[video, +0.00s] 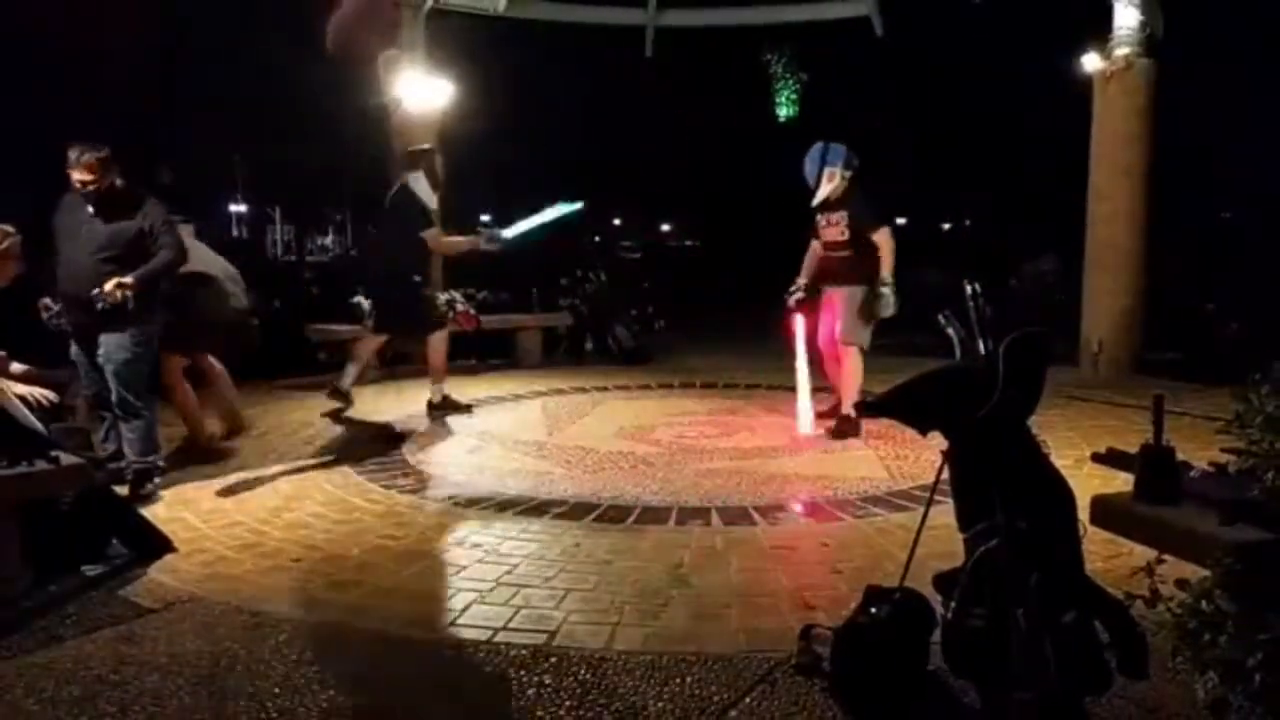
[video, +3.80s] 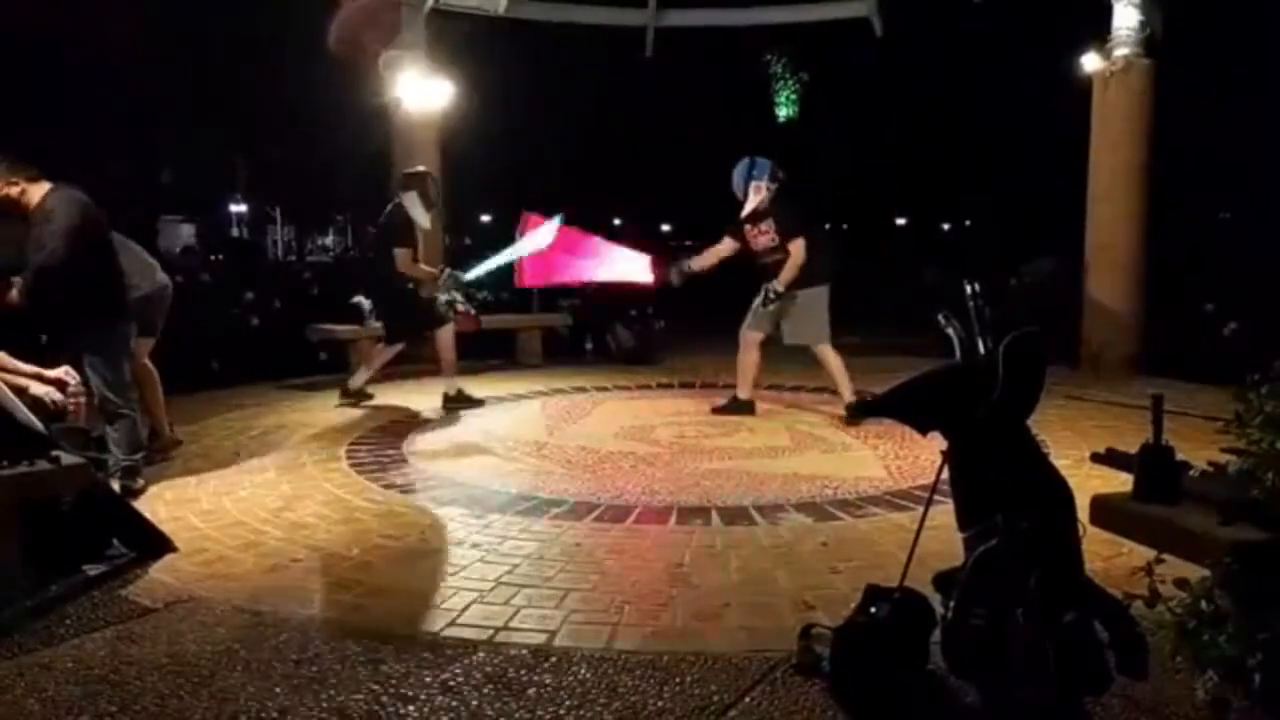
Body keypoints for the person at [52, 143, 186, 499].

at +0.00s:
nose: (82, 190)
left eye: (89, 183)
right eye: (77, 183)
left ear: (109, 176)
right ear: (70, 178)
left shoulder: (142, 208)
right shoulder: (68, 207)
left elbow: (173, 251)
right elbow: (61, 258)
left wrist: (133, 281)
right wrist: (55, 296)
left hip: (126, 323)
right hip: (80, 323)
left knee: (130, 403)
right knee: (100, 402)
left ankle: (142, 472)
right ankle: (111, 466)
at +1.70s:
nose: (39, 192)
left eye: (44, 183)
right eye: (37, 185)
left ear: (69, 177)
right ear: (57, 181)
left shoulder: (115, 206)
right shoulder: (48, 216)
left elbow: (145, 255)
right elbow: (49, 267)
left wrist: (127, 305)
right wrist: (54, 312)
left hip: (107, 326)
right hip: (66, 328)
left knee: (126, 402)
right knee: (70, 406)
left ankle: (140, 468)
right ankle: (86, 470)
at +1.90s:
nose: (5, 203)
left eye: (7, 194)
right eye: (2, 196)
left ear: (28, 184)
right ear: (21, 189)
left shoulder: (88, 204)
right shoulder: (25, 230)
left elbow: (129, 238)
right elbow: (23, 282)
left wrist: (129, 292)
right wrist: (26, 315)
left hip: (100, 321)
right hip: (54, 327)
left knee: (117, 398)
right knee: (49, 403)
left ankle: (138, 468)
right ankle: (58, 475)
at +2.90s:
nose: (2, 207)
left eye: (2, 200)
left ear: (10, 187)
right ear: (4, 193)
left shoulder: (66, 199)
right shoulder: (7, 231)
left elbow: (114, 225)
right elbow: (7, 282)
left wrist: (95, 266)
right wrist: (15, 310)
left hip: (89, 316)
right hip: (45, 325)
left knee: (105, 395)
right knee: (43, 401)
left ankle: (126, 471)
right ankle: (62, 473)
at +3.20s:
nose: (17, 195)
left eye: (17, 186)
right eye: (13, 189)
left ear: (35, 174)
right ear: (31, 179)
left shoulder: (90, 197)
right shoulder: (43, 213)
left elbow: (108, 233)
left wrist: (52, 244)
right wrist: (26, 272)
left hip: (104, 314)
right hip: (61, 317)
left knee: (113, 397)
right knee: (54, 393)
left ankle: (127, 471)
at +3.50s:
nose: (32, 194)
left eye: (33, 185)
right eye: (29, 188)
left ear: (52, 175)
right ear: (51, 177)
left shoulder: (93, 206)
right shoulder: (72, 206)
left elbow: (65, 254)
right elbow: (60, 253)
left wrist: (26, 264)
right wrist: (31, 264)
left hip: (112, 317)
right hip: (92, 313)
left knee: (119, 399)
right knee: (100, 395)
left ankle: (128, 471)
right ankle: (109, 463)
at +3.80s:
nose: (8, 204)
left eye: (6, 197)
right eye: (5, 198)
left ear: (15, 186)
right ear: (18, 184)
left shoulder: (64, 208)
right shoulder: (46, 212)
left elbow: (52, 265)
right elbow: (45, 262)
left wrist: (25, 289)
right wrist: (25, 285)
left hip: (103, 313)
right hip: (79, 313)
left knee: (113, 395)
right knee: (87, 395)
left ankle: (127, 470)